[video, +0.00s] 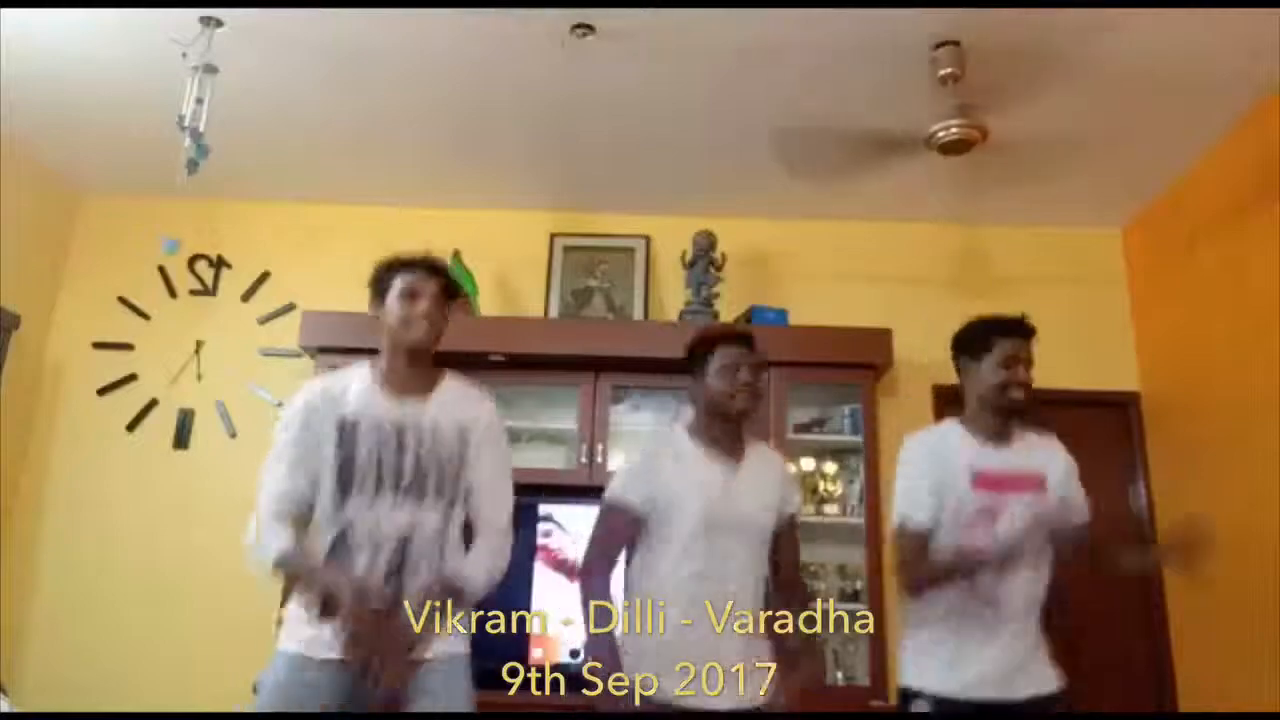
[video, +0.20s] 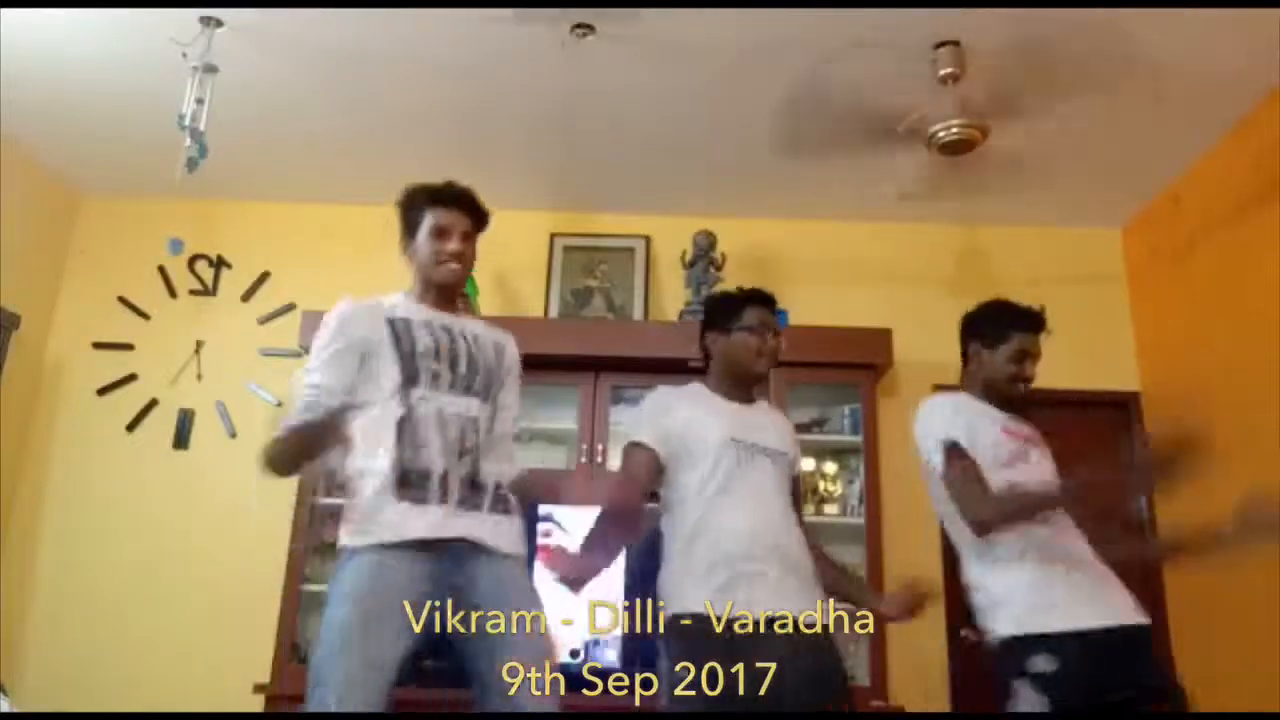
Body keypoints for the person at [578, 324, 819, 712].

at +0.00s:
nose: (746, 379)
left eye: (754, 370)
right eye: (730, 369)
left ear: (763, 381)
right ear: (696, 382)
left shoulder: (774, 472)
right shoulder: (656, 463)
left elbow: (787, 585)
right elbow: (595, 566)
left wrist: (792, 673)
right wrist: (604, 660)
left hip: (744, 691)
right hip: (655, 686)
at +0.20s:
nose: (770, 343)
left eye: (774, 335)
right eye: (754, 331)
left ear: (777, 347)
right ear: (711, 341)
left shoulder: (780, 426)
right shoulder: (670, 404)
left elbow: (794, 536)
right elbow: (627, 501)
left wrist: (873, 600)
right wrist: (587, 563)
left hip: (797, 629)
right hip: (705, 627)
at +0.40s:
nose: (797, 425)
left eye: (802, 414)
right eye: (785, 410)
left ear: (803, 420)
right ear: (737, 409)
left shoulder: (796, 500)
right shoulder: (686, 477)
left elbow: (829, 620)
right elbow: (646, 595)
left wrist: (905, 690)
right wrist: (561, 658)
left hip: (825, 694)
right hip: (736, 688)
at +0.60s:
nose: (783, 334)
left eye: (794, 327)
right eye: (769, 323)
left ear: (804, 345)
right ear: (739, 334)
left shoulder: (814, 420)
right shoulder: (692, 403)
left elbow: (836, 543)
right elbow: (640, 506)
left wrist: (922, 630)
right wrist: (624, 571)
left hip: (800, 655)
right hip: (698, 648)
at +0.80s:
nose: (729, 354)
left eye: (740, 343)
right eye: (715, 343)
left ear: (761, 358)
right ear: (698, 360)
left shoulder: (807, 454)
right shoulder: (664, 454)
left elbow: (831, 579)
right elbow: (614, 579)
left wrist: (835, 678)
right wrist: (625, 680)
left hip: (779, 688)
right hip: (677, 688)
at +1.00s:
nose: (662, 359)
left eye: (681, 350)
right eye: (661, 350)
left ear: (721, 368)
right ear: (653, 360)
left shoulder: (757, 451)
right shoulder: (632, 455)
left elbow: (800, 575)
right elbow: (602, 563)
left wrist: (772, 676)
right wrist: (572, 648)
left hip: (721, 690)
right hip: (628, 683)